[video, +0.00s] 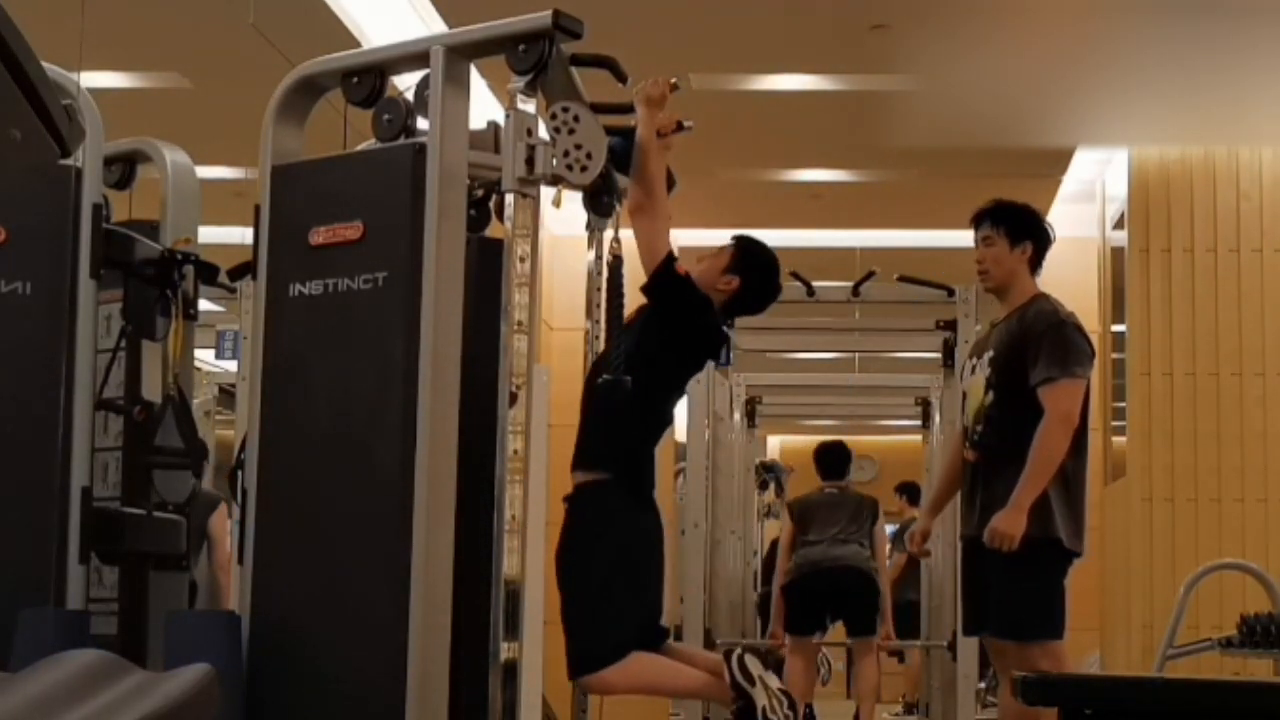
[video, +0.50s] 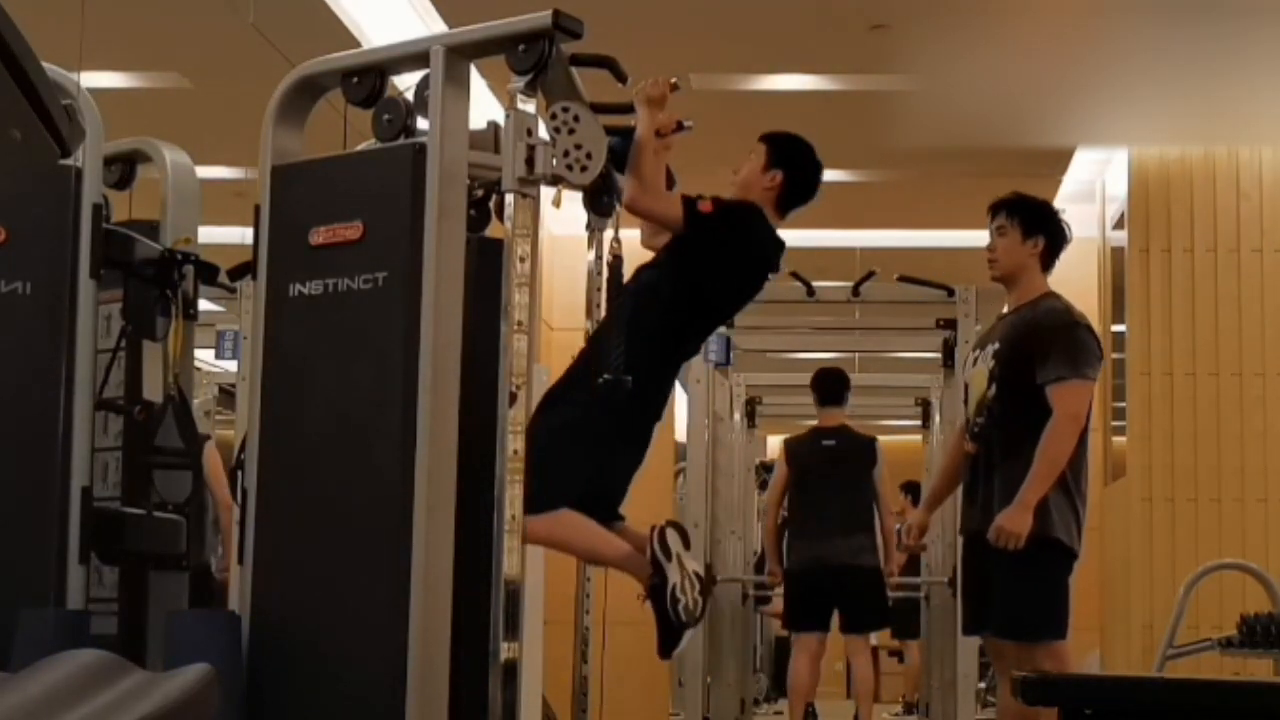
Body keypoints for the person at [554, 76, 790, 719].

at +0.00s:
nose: (694, 253)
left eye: (709, 253)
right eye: (708, 250)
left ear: (725, 280)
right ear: (726, 283)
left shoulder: (686, 315)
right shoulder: (683, 314)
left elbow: (645, 207)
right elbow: (646, 213)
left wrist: (645, 124)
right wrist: (657, 137)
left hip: (605, 510)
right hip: (620, 509)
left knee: (595, 668)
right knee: (634, 649)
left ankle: (730, 683)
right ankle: (738, 671)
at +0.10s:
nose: (714, 241)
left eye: (727, 241)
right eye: (726, 237)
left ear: (740, 269)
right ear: (741, 273)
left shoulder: (697, 303)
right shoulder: (696, 302)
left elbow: (645, 205)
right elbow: (646, 211)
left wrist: (645, 124)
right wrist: (657, 137)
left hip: (601, 487)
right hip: (618, 484)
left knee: (584, 647)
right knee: (622, 622)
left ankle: (719, 665)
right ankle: (724, 646)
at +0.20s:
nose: (724, 229)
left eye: (737, 227)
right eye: (733, 223)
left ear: (753, 253)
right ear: (754, 256)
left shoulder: (714, 291)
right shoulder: (709, 287)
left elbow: (647, 208)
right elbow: (649, 216)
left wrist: (646, 125)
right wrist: (656, 139)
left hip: (605, 454)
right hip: (615, 453)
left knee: (567, 617)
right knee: (606, 598)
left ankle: (705, 643)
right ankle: (703, 622)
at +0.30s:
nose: (735, 206)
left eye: (747, 202)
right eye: (743, 200)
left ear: (765, 227)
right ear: (772, 236)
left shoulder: (723, 268)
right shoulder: (734, 282)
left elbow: (646, 206)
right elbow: (649, 229)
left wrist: (645, 123)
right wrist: (659, 146)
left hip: (606, 421)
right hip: (626, 426)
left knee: (549, 585)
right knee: (594, 572)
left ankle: (684, 607)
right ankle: (692, 612)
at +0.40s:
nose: (738, 189)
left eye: (749, 184)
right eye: (746, 182)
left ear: (769, 204)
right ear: (775, 215)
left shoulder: (731, 246)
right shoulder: (747, 268)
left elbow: (647, 201)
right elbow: (648, 228)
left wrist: (647, 123)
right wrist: (657, 148)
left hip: (608, 399)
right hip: (633, 408)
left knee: (543, 550)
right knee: (589, 543)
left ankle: (667, 585)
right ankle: (674, 593)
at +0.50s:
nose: (738, 167)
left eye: (750, 159)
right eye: (746, 158)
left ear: (772, 178)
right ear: (782, 188)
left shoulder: (737, 220)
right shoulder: (757, 242)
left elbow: (643, 196)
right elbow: (655, 235)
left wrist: (646, 120)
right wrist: (658, 151)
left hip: (613, 376)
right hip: (640, 385)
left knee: (532, 513)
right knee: (583, 515)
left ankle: (648, 564)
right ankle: (655, 552)